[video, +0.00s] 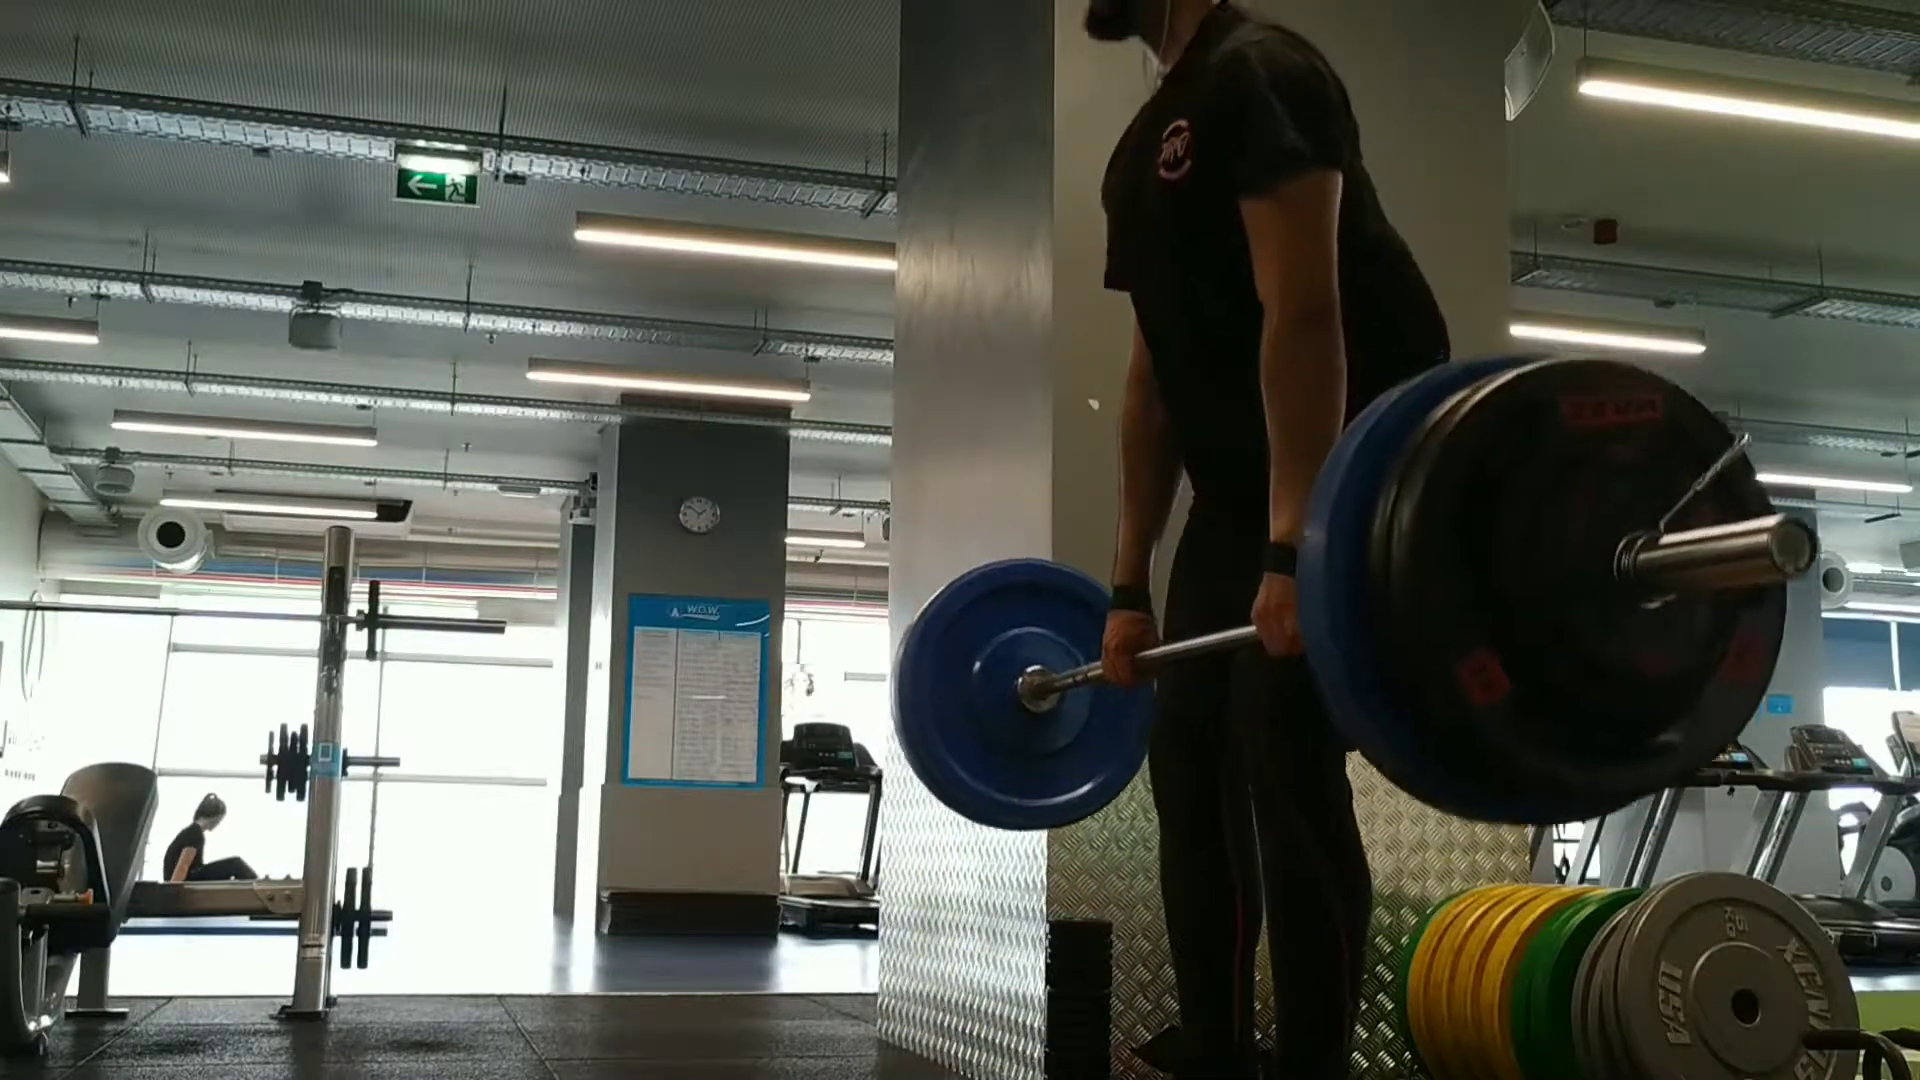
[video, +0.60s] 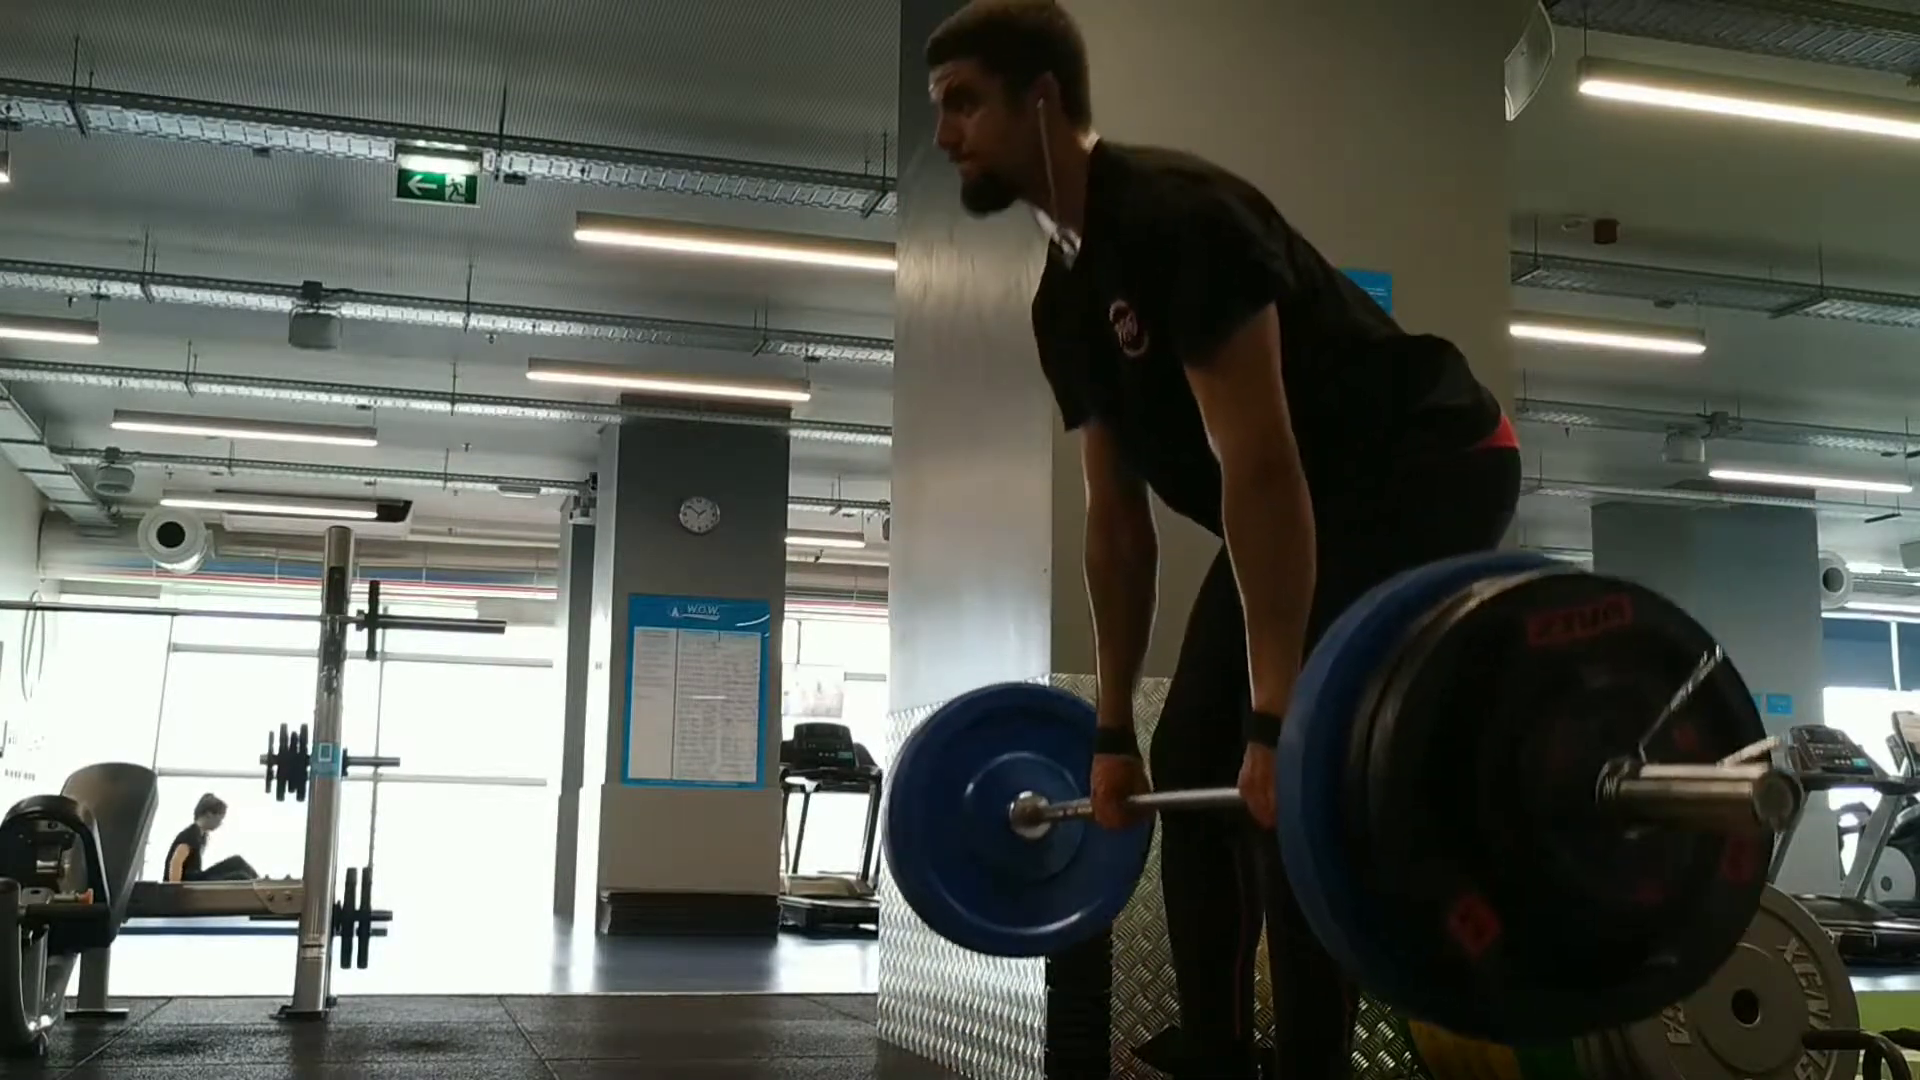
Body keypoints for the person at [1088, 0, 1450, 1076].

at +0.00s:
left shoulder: (1257, 69)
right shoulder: (1150, 137)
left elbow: (1306, 318)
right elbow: (1152, 373)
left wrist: (1291, 549)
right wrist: (1129, 583)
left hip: (1338, 495)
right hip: (1235, 498)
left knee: (1287, 768)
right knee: (1186, 759)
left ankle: (1312, 1059)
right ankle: (1211, 1044)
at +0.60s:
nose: (945, 134)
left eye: (963, 105)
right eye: (938, 111)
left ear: (1044, 100)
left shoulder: (1177, 217)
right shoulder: (1061, 300)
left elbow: (1267, 476)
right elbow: (1117, 518)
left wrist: (1273, 722)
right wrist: (1114, 728)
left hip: (1420, 479)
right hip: (1284, 503)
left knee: (1303, 764)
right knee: (1192, 754)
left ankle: (1311, 1052)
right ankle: (1212, 1038)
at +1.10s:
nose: (904, 310)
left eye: (923, 275)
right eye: (900, 283)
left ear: (1004, 264)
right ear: (998, 274)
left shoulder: (1152, 350)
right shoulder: (1050, 442)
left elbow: (1261, 623)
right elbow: (1111, 642)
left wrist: (1279, 887)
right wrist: (1115, 861)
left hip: (1461, 490)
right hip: (1326, 533)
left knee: (1285, 747)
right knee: (1174, 761)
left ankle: (1317, 1037)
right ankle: (1209, 1041)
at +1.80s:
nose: (949, 133)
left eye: (967, 103)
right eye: (945, 109)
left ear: (1052, 100)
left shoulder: (1184, 215)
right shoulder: (1065, 303)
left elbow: (1270, 480)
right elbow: (1116, 521)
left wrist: (1278, 723)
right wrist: (1117, 730)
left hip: (1427, 470)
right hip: (1290, 498)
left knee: (1330, 756)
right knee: (1212, 750)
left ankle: (1318, 1052)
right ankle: (1216, 1043)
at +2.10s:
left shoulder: (1248, 69)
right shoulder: (1129, 136)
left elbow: (1283, 317)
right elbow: (1126, 376)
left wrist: (1272, 544)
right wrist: (1110, 579)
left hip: (1327, 483)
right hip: (1220, 490)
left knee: (1294, 776)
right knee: (1200, 769)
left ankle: (1314, 1060)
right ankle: (1215, 1050)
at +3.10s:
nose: (972, 120)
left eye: (989, 90)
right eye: (966, 97)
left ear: (1067, 84)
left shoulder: (1201, 204)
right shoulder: (1078, 285)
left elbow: (1277, 456)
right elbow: (1123, 497)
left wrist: (1285, 705)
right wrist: (1116, 714)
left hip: (1423, 488)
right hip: (1285, 516)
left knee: (1314, 766)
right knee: (1199, 756)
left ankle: (1316, 1059)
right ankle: (1213, 1049)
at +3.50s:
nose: (922, 288)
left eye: (938, 255)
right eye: (918, 263)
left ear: (1020, 242)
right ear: (1012, 252)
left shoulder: (1172, 341)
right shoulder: (1061, 424)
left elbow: (1270, 605)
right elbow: (1114, 631)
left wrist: (1287, 868)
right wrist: (1116, 843)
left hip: (1458, 491)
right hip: (1318, 530)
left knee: (1295, 754)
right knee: (1179, 758)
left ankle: (1312, 1047)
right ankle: (1210, 1037)